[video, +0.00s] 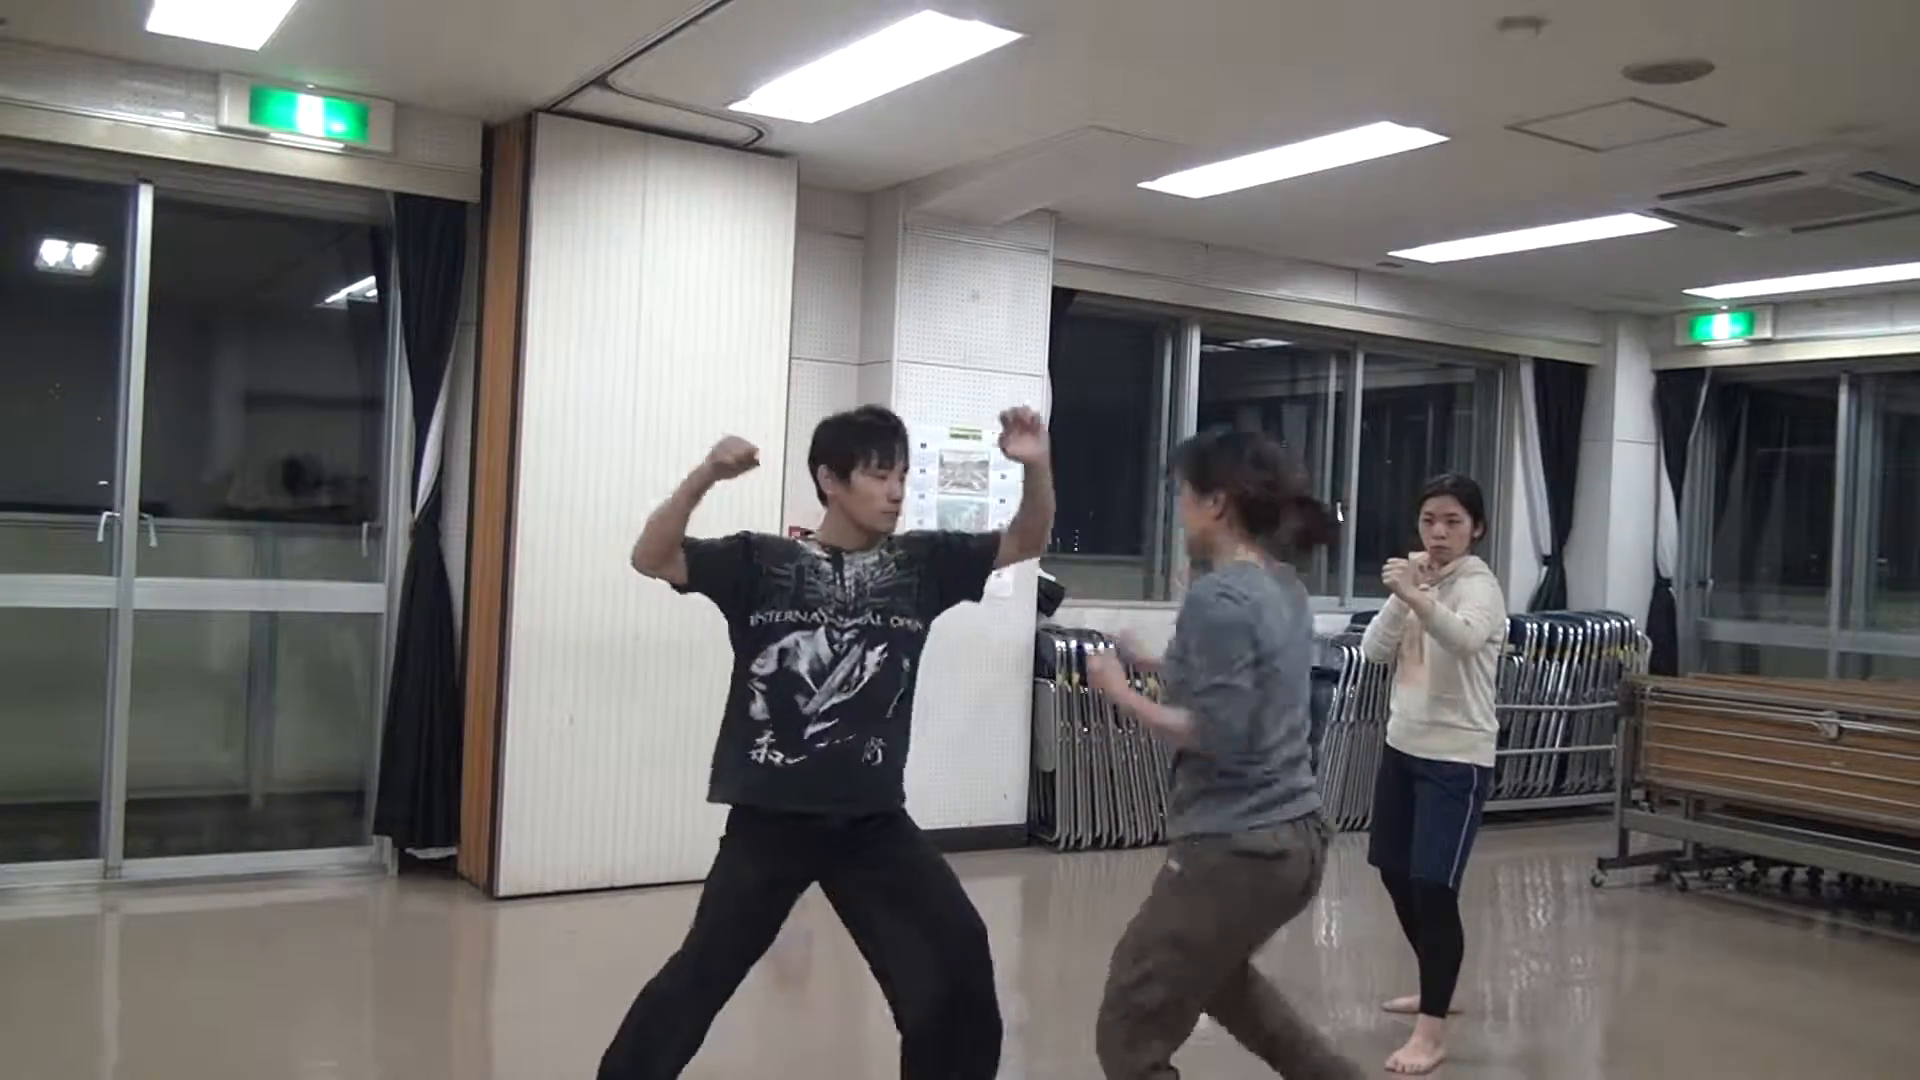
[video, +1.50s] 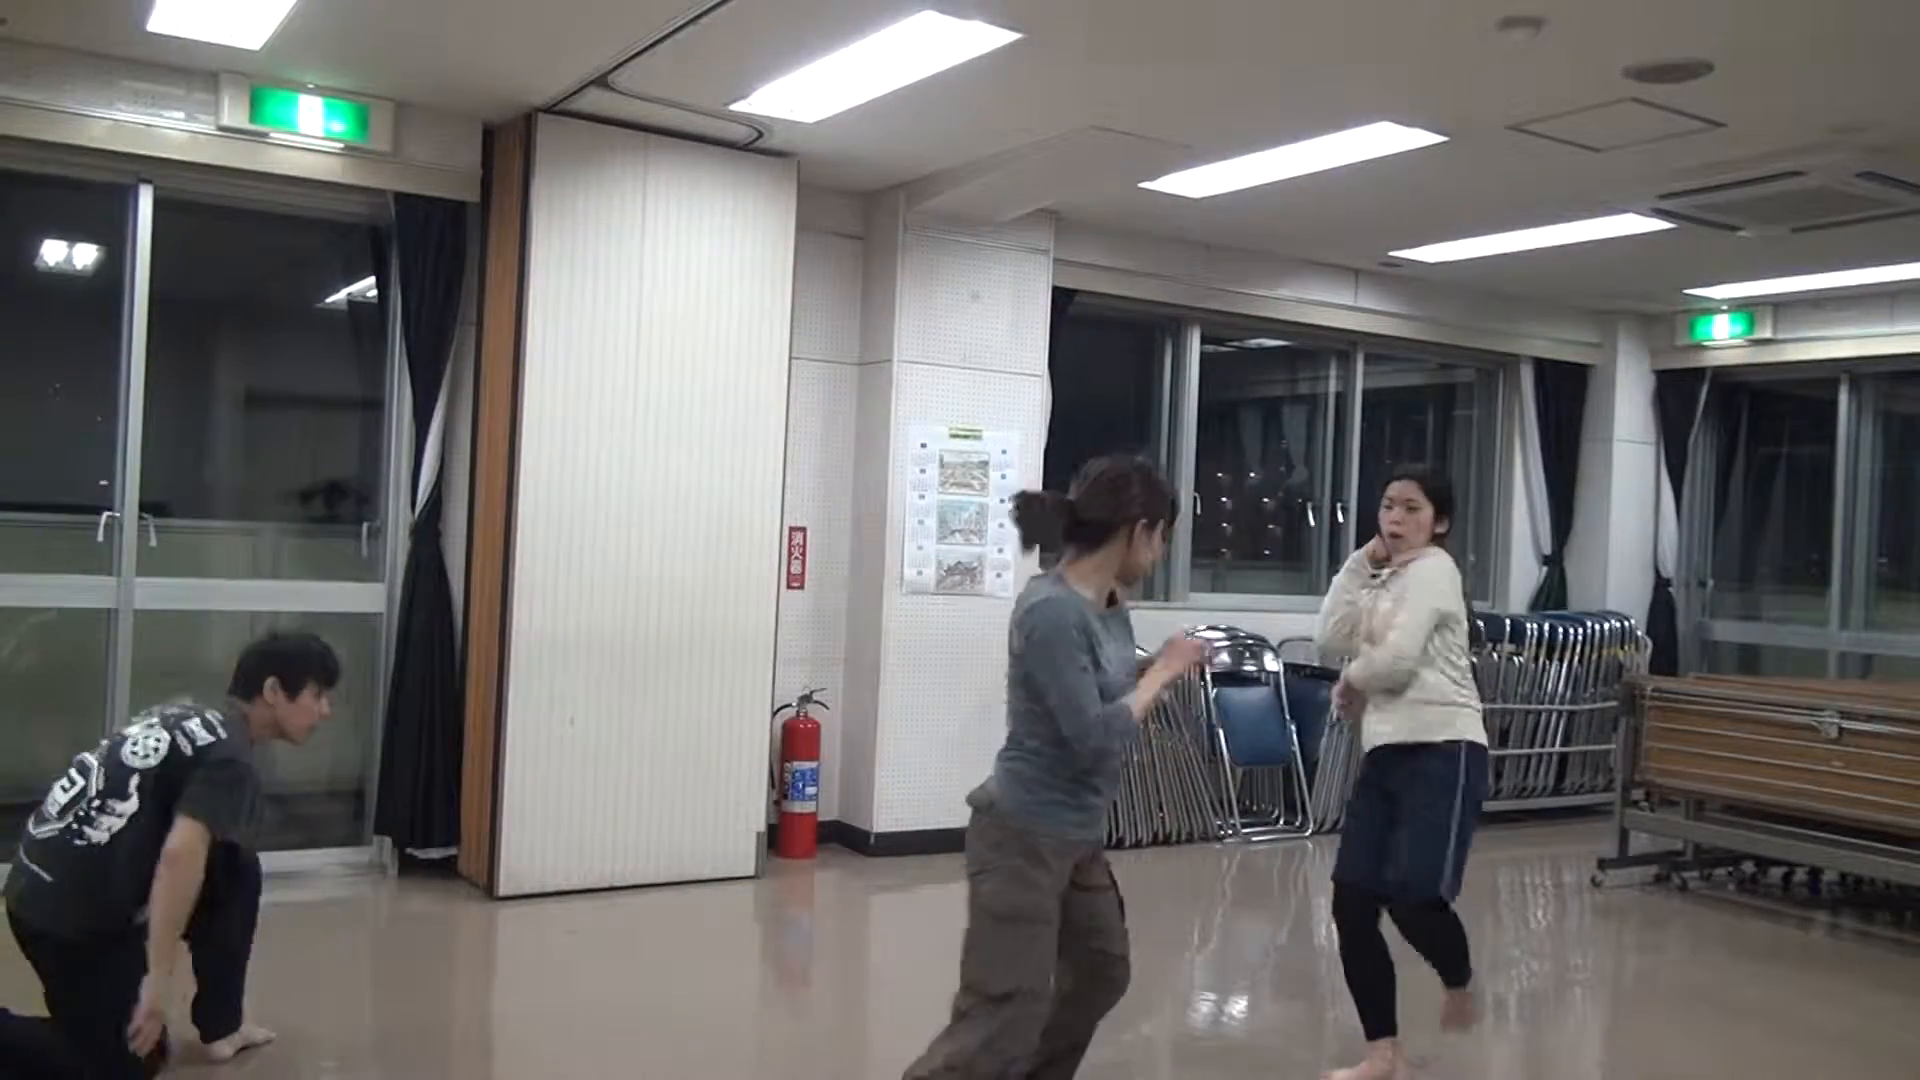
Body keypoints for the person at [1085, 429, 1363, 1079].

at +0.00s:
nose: (1179, 512)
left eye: (1185, 496)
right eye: (1181, 497)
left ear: (1217, 504)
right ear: (1239, 503)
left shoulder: (1219, 597)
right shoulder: (1285, 588)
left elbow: (1218, 732)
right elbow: (1246, 684)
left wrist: (1121, 693)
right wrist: (1152, 665)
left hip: (1235, 854)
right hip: (1297, 841)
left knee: (1129, 1034)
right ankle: (1330, 1072)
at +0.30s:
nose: (1174, 535)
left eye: (1178, 518)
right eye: (1173, 519)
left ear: (1208, 512)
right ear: (1235, 508)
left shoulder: (1239, 590)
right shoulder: (1290, 583)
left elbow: (1109, 666)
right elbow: (1212, 629)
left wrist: (1126, 617)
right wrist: (1155, 617)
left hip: (1219, 823)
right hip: (1201, 777)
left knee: (1153, 1015)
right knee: (1031, 725)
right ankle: (892, 788)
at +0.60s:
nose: (1197, 506)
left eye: (1199, 491)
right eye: (1198, 492)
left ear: (1213, 497)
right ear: (1284, 497)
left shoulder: (1232, 597)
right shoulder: (1284, 587)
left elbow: (1216, 732)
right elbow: (1238, 714)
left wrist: (1142, 755)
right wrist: (1159, 748)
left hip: (1185, 829)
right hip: (1224, 825)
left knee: (1126, 998)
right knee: (1162, 987)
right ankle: (1192, 1070)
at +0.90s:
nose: (1298, 517)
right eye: (1292, 507)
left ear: (1203, 509)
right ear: (1281, 520)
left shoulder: (1141, 578)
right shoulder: (1290, 619)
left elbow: (1059, 613)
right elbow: (1375, 737)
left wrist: (1126, 645)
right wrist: (1358, 708)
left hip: (1166, 823)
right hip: (1266, 829)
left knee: (1079, 996)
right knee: (1271, 1015)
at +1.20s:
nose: (1246, 552)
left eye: (1247, 539)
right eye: (1244, 539)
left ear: (1175, 533)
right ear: (1230, 542)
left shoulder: (1130, 594)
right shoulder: (1223, 610)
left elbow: (1178, 697)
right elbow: (1288, 704)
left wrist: (1254, 731)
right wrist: (1301, 759)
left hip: (1056, 816)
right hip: (1137, 830)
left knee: (1070, 980)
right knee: (1228, 1003)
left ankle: (1020, 1076)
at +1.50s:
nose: (1160, 551)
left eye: (1163, 536)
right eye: (1160, 534)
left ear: (1099, 525)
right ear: (1135, 531)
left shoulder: (1104, 609)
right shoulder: (1052, 613)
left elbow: (1106, 703)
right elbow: (1095, 735)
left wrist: (1160, 674)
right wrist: (1159, 673)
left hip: (1074, 838)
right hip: (1020, 835)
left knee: (1099, 976)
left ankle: (1034, 1073)